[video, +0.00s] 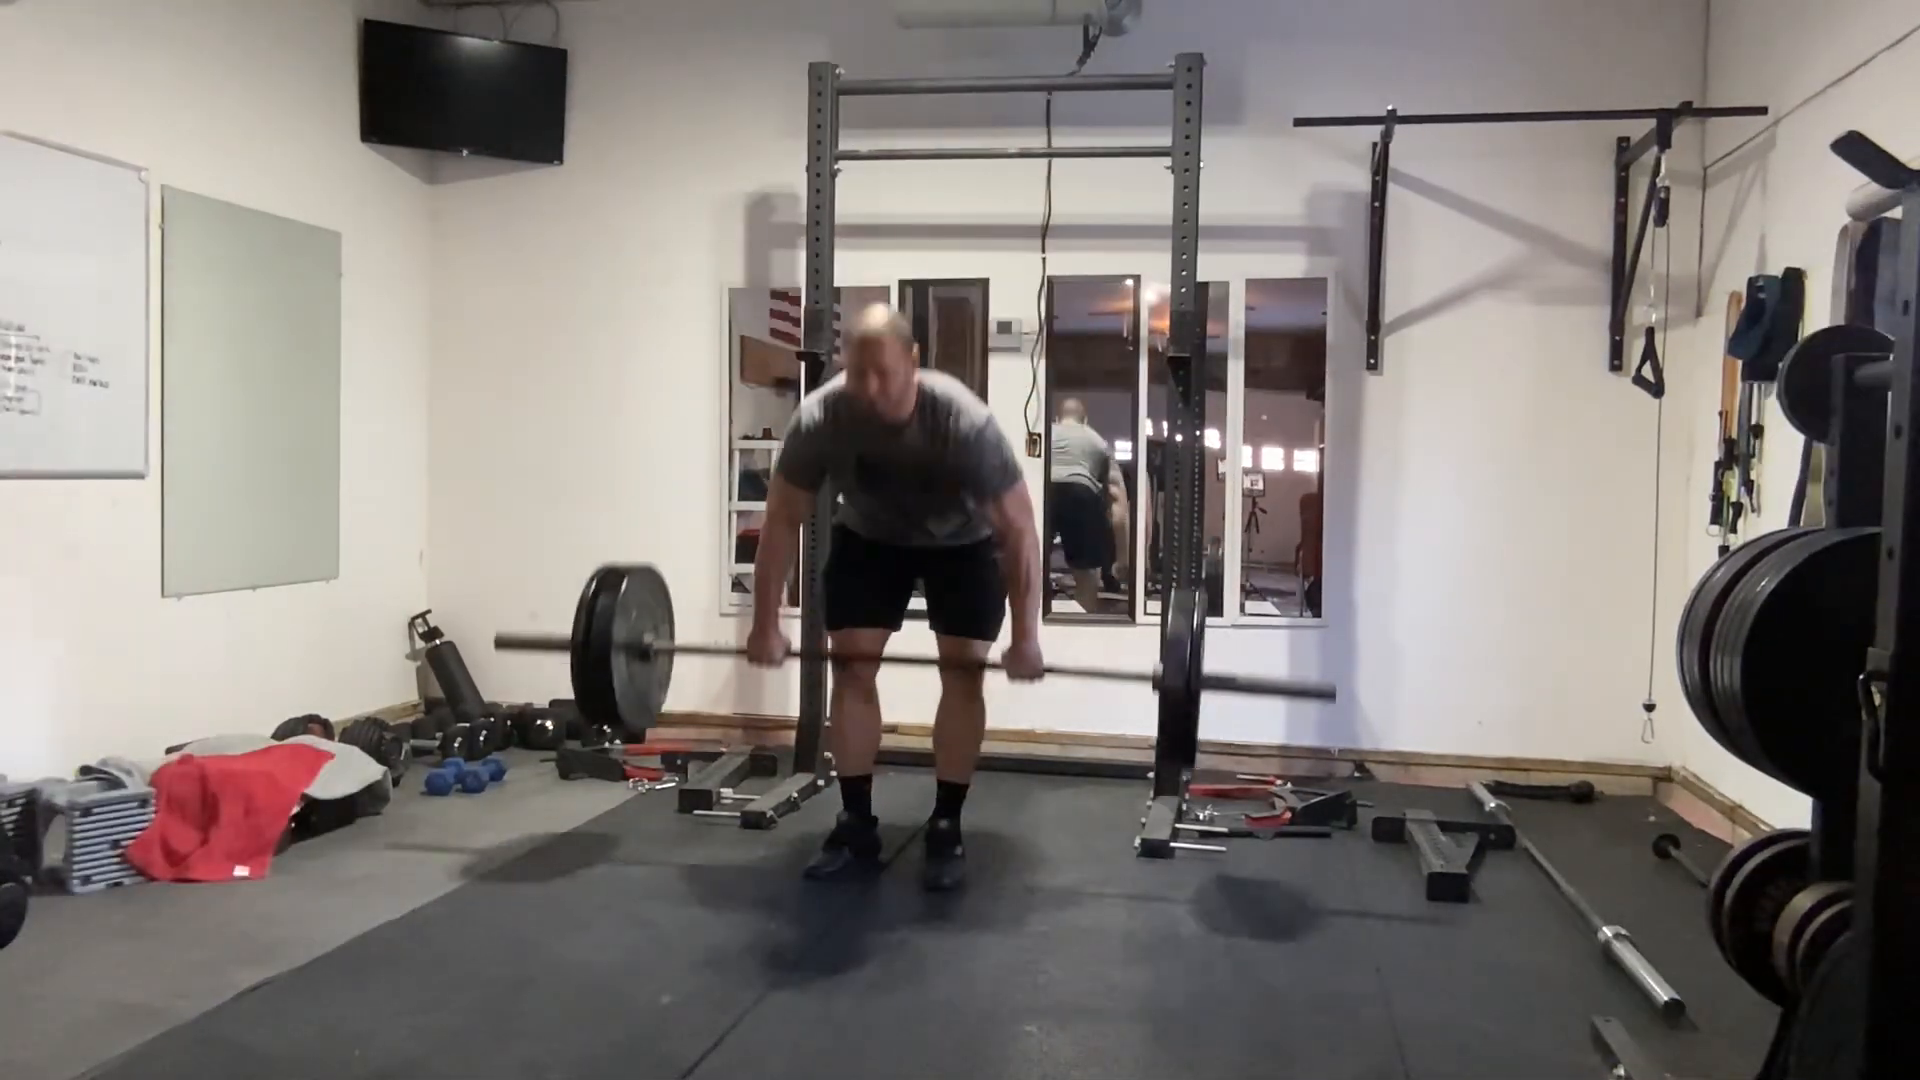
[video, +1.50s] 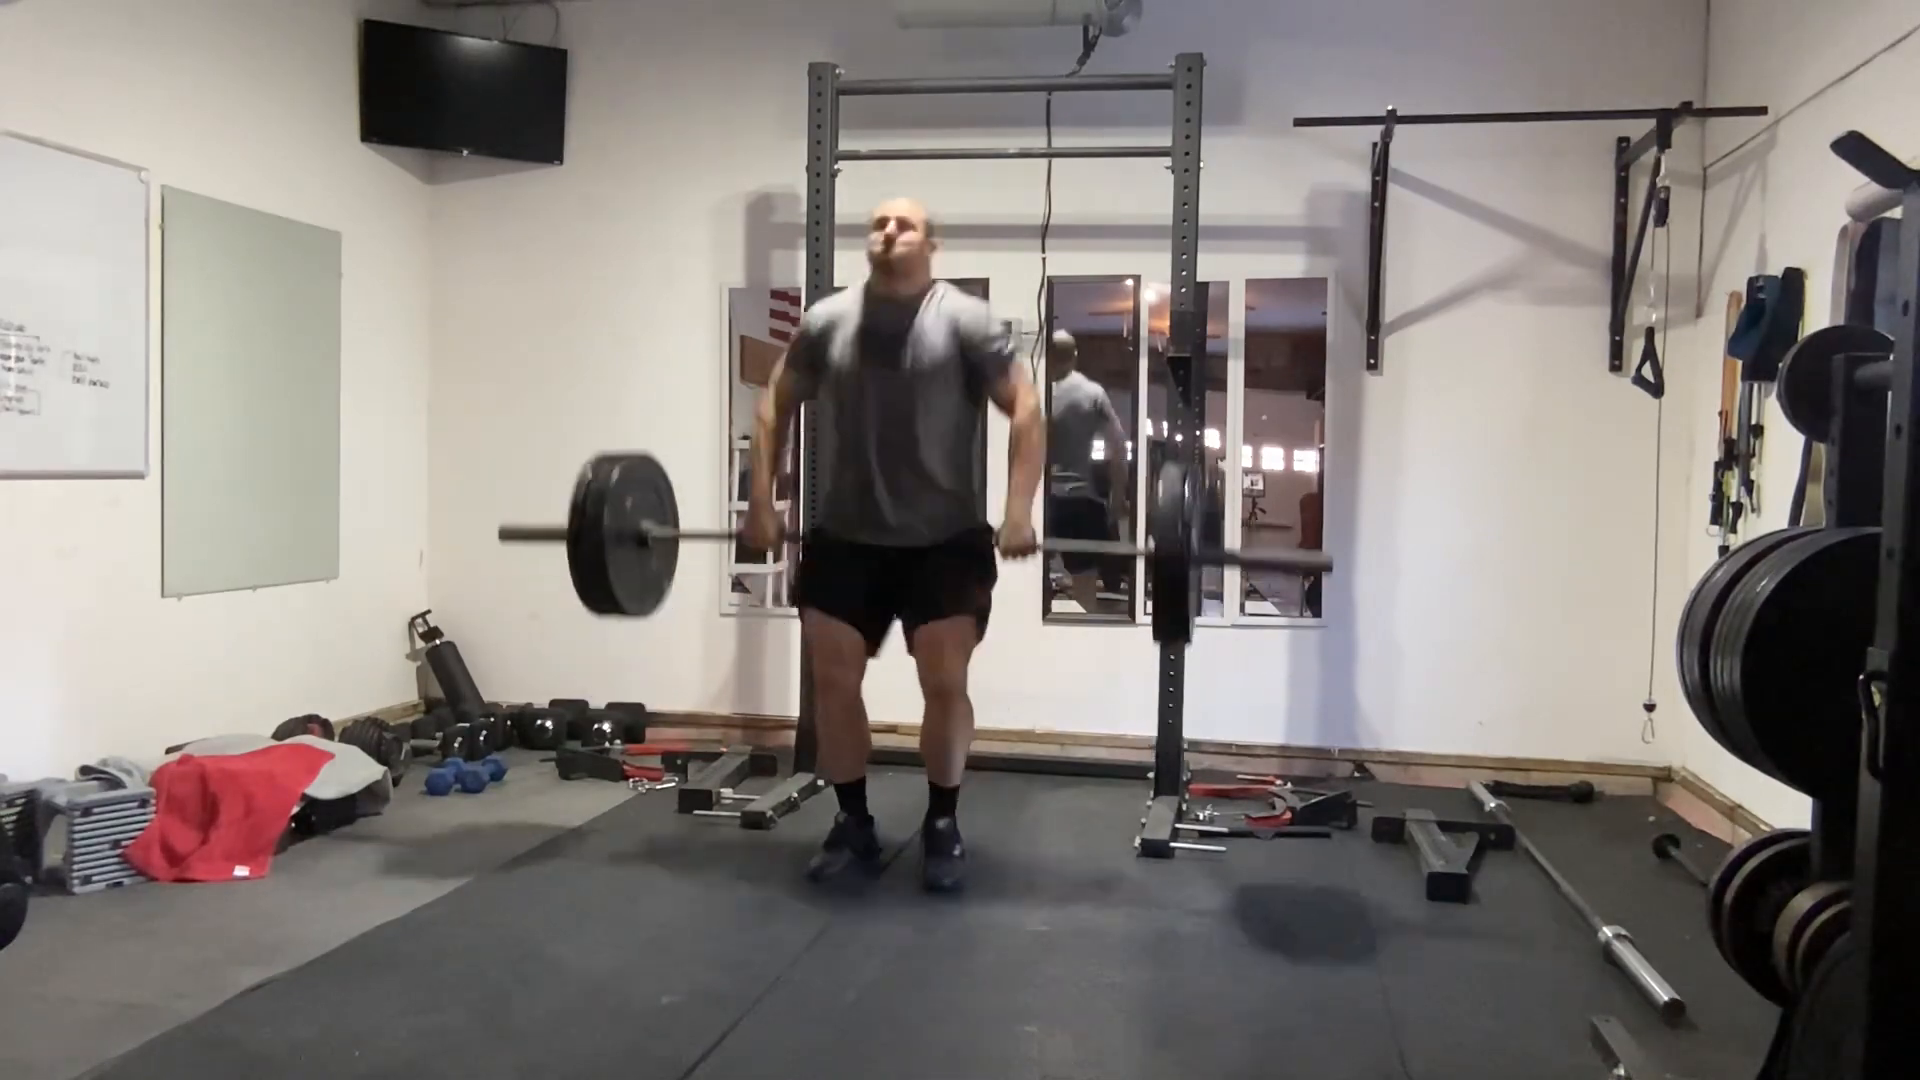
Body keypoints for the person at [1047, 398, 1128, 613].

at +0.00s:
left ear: (1058, 417)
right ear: (1084, 418)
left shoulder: (1045, 433)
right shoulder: (1098, 442)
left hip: (1043, 491)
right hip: (1082, 495)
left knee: (1035, 558)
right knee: (1084, 568)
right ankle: (1087, 629)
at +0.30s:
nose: (1077, 355)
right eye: (1080, 349)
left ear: (1052, 351)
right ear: (1083, 351)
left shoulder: (1038, 384)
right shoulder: (1101, 387)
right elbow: (1126, 433)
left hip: (1044, 486)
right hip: (1084, 488)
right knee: (1082, 567)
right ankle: (1081, 629)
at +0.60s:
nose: (1047, 358)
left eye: (1048, 352)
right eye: (1049, 352)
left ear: (1046, 353)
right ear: (1075, 353)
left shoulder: (1032, 392)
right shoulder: (1093, 394)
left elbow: (1023, 448)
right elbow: (1110, 454)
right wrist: (1117, 504)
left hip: (1041, 503)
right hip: (1080, 502)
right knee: (1081, 583)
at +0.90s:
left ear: (1047, 385)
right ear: (1075, 386)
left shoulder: (1030, 416)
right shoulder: (1094, 424)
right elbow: (1110, 487)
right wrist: (1118, 536)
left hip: (1034, 501)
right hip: (1077, 503)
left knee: (1033, 574)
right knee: (1088, 579)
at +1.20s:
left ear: (1048, 407)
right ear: (1076, 409)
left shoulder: (1033, 435)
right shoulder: (1095, 443)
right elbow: (1111, 504)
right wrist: (1119, 555)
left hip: (1035, 501)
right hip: (1078, 503)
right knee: (1092, 576)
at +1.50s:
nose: (1049, 363)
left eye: (1051, 357)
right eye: (1053, 356)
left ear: (1050, 358)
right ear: (1075, 356)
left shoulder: (1038, 394)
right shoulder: (1093, 392)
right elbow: (1117, 441)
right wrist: (1118, 494)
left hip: (1046, 495)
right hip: (1082, 494)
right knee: (1083, 576)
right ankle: (1090, 631)